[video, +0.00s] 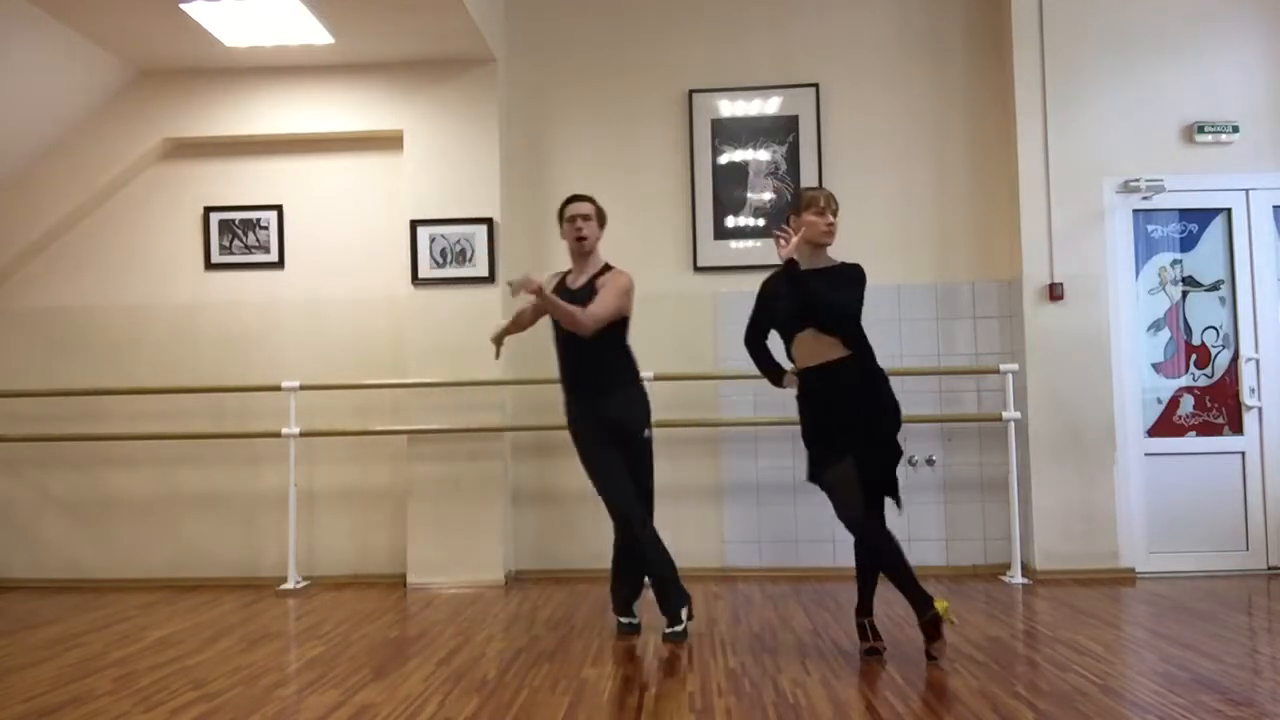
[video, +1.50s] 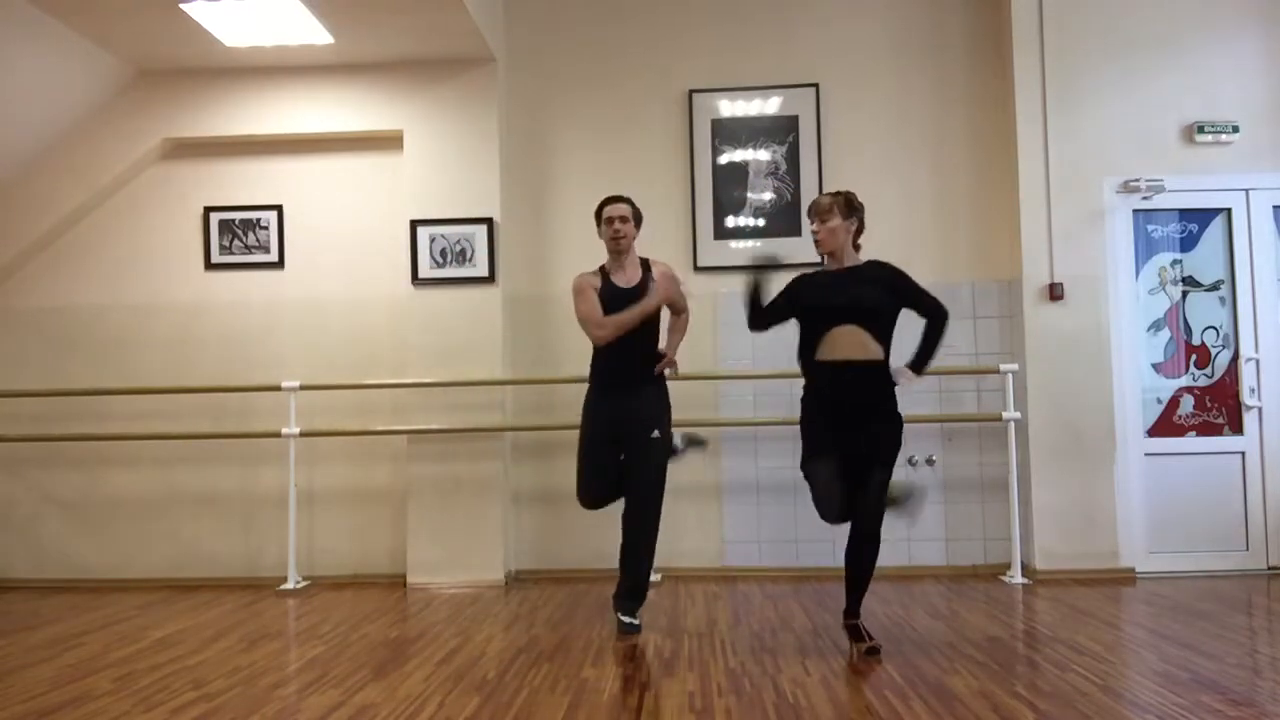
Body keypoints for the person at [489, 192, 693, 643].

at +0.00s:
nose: (579, 227)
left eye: (586, 220)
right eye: (571, 221)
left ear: (601, 229)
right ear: (561, 231)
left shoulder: (618, 281)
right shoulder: (556, 285)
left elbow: (585, 323)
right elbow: (527, 319)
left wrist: (542, 295)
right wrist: (503, 332)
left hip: (627, 407)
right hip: (584, 414)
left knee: (633, 510)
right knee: (627, 511)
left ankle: (624, 603)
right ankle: (677, 604)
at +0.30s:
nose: (604, 225)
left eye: (612, 218)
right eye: (597, 219)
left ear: (626, 226)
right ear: (587, 229)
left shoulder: (643, 276)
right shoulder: (578, 281)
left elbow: (620, 321)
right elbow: (548, 308)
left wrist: (563, 290)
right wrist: (520, 320)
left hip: (644, 406)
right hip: (600, 410)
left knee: (643, 511)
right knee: (635, 512)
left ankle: (626, 602)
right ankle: (678, 607)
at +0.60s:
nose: (618, 229)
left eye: (625, 223)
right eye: (610, 223)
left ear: (638, 231)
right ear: (599, 232)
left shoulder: (650, 283)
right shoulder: (591, 282)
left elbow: (660, 350)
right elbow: (558, 297)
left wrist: (605, 330)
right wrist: (541, 300)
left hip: (648, 410)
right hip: (602, 407)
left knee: (638, 512)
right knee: (591, 489)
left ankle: (626, 606)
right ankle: (666, 523)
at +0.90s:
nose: (601, 231)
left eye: (609, 223)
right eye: (600, 224)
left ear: (635, 228)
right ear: (605, 230)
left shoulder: (666, 270)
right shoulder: (597, 284)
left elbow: (706, 309)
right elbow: (537, 309)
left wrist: (673, 336)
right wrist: (476, 322)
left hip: (644, 398)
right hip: (599, 391)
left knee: (636, 506)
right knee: (543, 461)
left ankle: (627, 606)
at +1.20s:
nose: (600, 231)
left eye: (608, 224)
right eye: (598, 224)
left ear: (634, 227)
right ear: (609, 231)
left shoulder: (668, 268)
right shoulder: (596, 287)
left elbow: (699, 308)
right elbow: (580, 335)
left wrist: (677, 339)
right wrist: (562, 340)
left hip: (647, 393)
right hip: (603, 390)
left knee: (639, 502)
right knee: (556, 479)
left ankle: (628, 603)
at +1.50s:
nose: (617, 228)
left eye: (623, 221)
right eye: (609, 222)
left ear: (637, 228)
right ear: (599, 232)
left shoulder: (660, 275)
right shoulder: (586, 284)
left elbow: (679, 312)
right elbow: (599, 332)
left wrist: (670, 350)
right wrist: (653, 300)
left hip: (648, 400)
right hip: (602, 400)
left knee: (644, 508)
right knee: (591, 495)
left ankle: (629, 604)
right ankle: (655, 458)